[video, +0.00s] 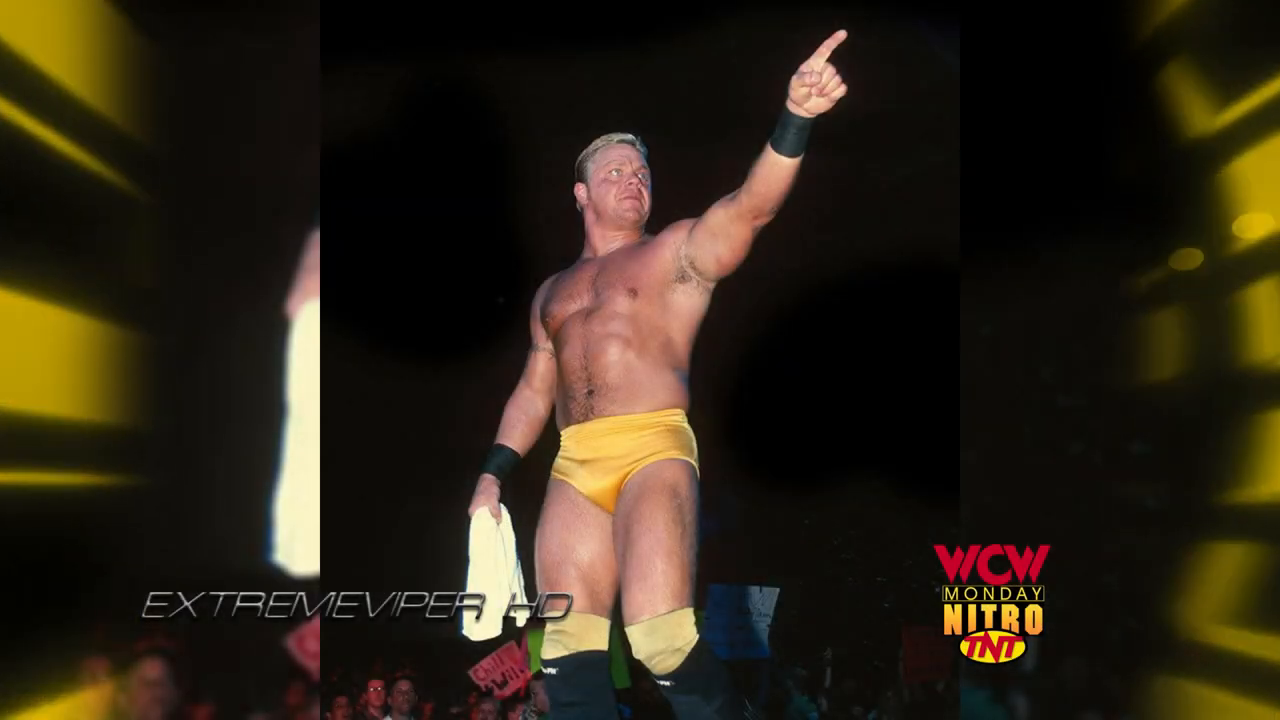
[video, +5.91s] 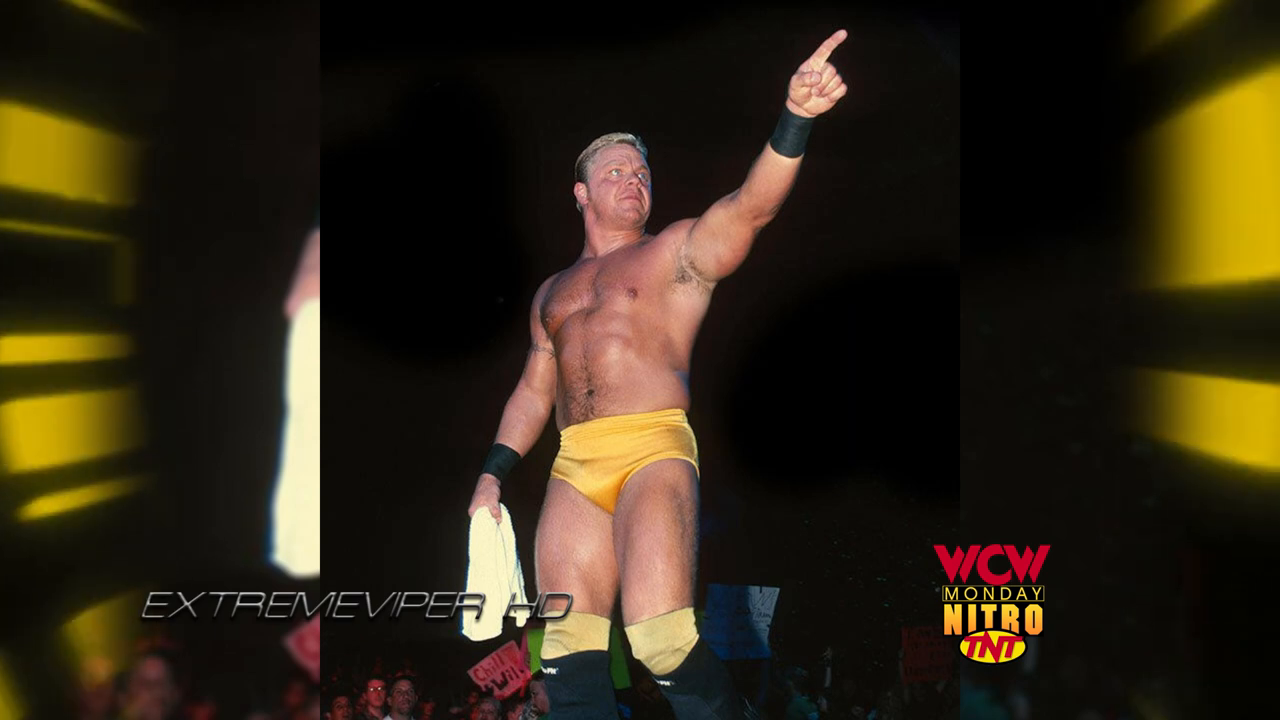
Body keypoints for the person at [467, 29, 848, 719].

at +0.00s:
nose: (632, 180)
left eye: (640, 172)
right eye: (614, 171)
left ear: (651, 194)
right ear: (581, 193)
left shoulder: (680, 254)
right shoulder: (553, 296)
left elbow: (752, 204)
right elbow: (534, 394)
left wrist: (797, 115)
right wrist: (490, 477)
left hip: (656, 448)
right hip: (576, 462)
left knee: (659, 635)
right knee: (568, 646)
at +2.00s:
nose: (632, 179)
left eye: (640, 172)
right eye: (615, 170)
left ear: (650, 194)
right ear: (581, 193)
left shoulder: (680, 254)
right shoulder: (552, 296)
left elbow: (753, 203)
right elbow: (534, 394)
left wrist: (797, 116)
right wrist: (490, 478)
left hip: (656, 448)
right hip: (575, 462)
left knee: (660, 636)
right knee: (568, 646)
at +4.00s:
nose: (632, 179)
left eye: (640, 172)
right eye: (615, 170)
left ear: (650, 194)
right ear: (581, 193)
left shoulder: (680, 254)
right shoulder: (552, 296)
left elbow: (753, 203)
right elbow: (534, 394)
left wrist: (797, 116)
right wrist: (490, 478)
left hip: (656, 448)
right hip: (575, 462)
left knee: (660, 636)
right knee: (568, 647)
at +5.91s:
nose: (631, 179)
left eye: (640, 172)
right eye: (614, 170)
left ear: (650, 194)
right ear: (580, 193)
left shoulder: (680, 253)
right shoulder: (552, 296)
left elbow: (753, 203)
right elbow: (534, 393)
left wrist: (797, 115)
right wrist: (490, 478)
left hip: (656, 448)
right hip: (575, 462)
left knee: (660, 637)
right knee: (568, 647)